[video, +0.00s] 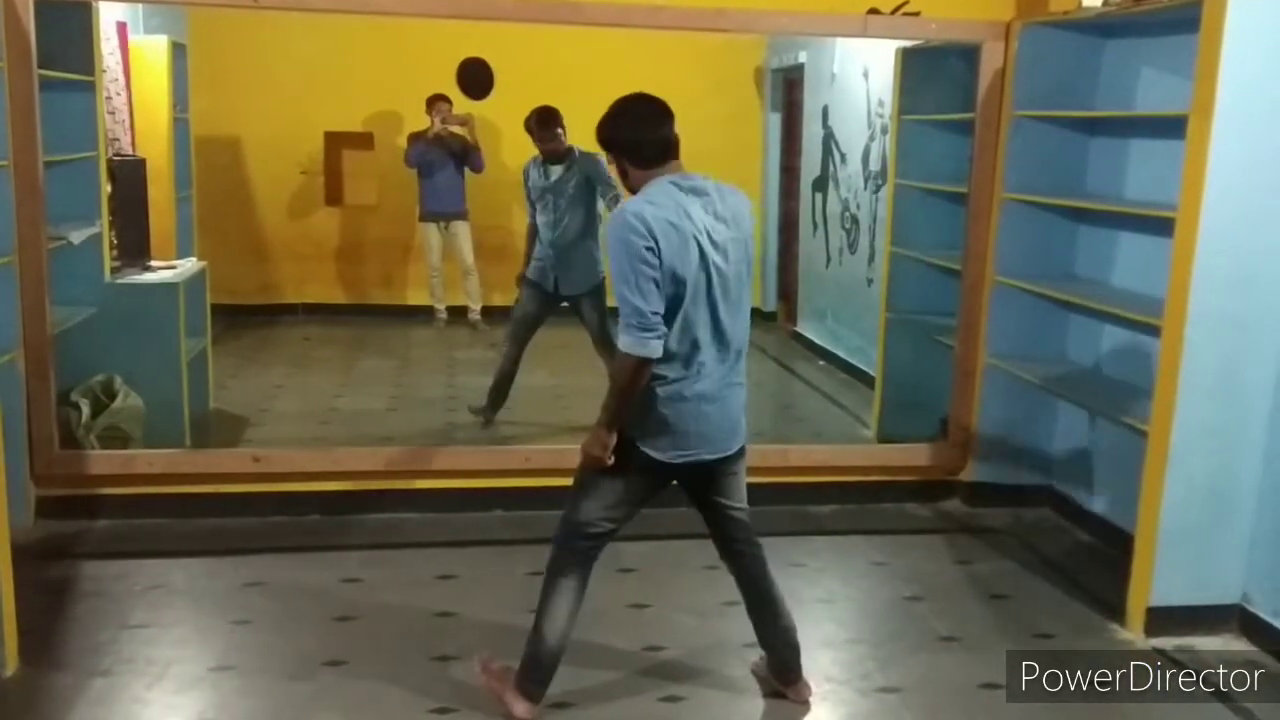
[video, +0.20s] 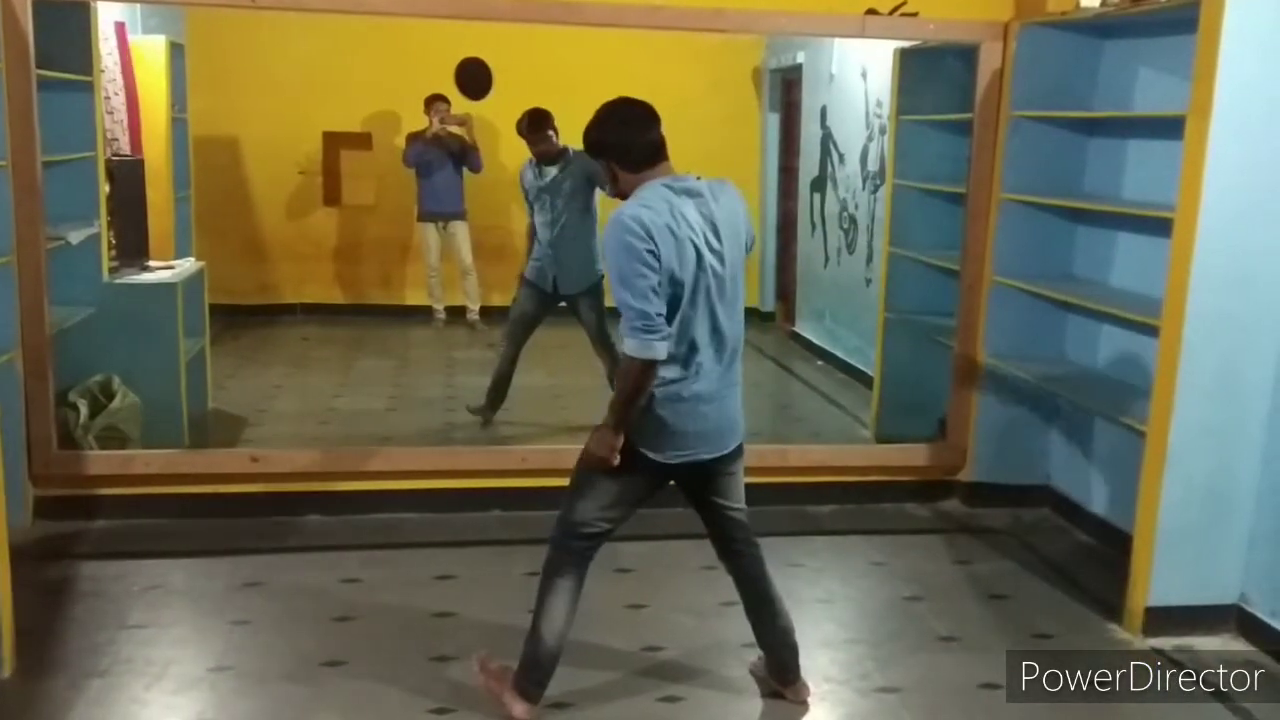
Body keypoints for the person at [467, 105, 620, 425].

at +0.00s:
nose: (550, 147)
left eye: (553, 138)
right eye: (543, 141)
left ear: (563, 131)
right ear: (534, 140)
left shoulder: (589, 164)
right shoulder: (532, 170)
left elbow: (618, 206)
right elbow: (534, 221)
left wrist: (630, 254)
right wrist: (526, 267)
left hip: (582, 270)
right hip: (542, 270)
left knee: (603, 342)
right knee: (515, 339)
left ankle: (635, 403)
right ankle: (490, 408)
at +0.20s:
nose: (536, 150)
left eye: (541, 142)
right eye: (531, 144)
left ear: (555, 135)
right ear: (526, 143)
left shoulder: (582, 163)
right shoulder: (528, 173)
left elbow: (620, 188)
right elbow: (534, 221)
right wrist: (528, 265)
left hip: (581, 270)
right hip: (541, 270)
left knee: (600, 339)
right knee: (513, 337)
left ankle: (629, 402)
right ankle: (490, 406)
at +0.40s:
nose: (534, 151)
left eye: (538, 143)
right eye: (529, 145)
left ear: (552, 135)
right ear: (524, 144)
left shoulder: (579, 163)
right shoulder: (528, 174)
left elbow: (616, 174)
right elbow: (538, 217)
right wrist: (539, 257)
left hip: (581, 270)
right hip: (542, 270)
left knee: (600, 338)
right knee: (513, 336)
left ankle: (628, 402)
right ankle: (490, 406)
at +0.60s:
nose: (533, 150)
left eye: (537, 142)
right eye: (528, 144)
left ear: (552, 135)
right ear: (524, 144)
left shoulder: (579, 162)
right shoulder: (529, 174)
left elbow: (613, 166)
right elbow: (538, 215)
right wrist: (542, 254)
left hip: (582, 270)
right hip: (543, 270)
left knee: (601, 340)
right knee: (512, 336)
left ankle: (629, 402)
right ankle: (490, 406)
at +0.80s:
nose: (537, 146)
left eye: (541, 138)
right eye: (531, 140)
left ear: (554, 134)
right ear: (525, 142)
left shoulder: (581, 161)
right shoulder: (528, 175)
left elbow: (616, 156)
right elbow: (535, 219)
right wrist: (532, 262)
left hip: (582, 270)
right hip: (542, 271)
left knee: (601, 339)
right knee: (511, 338)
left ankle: (630, 403)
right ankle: (489, 408)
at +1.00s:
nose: (534, 143)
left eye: (539, 136)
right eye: (529, 137)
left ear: (556, 133)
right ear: (525, 138)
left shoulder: (583, 161)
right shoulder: (527, 174)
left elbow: (623, 161)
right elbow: (531, 221)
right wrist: (524, 267)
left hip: (580, 272)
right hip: (539, 272)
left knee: (603, 343)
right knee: (509, 339)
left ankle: (630, 405)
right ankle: (487, 410)